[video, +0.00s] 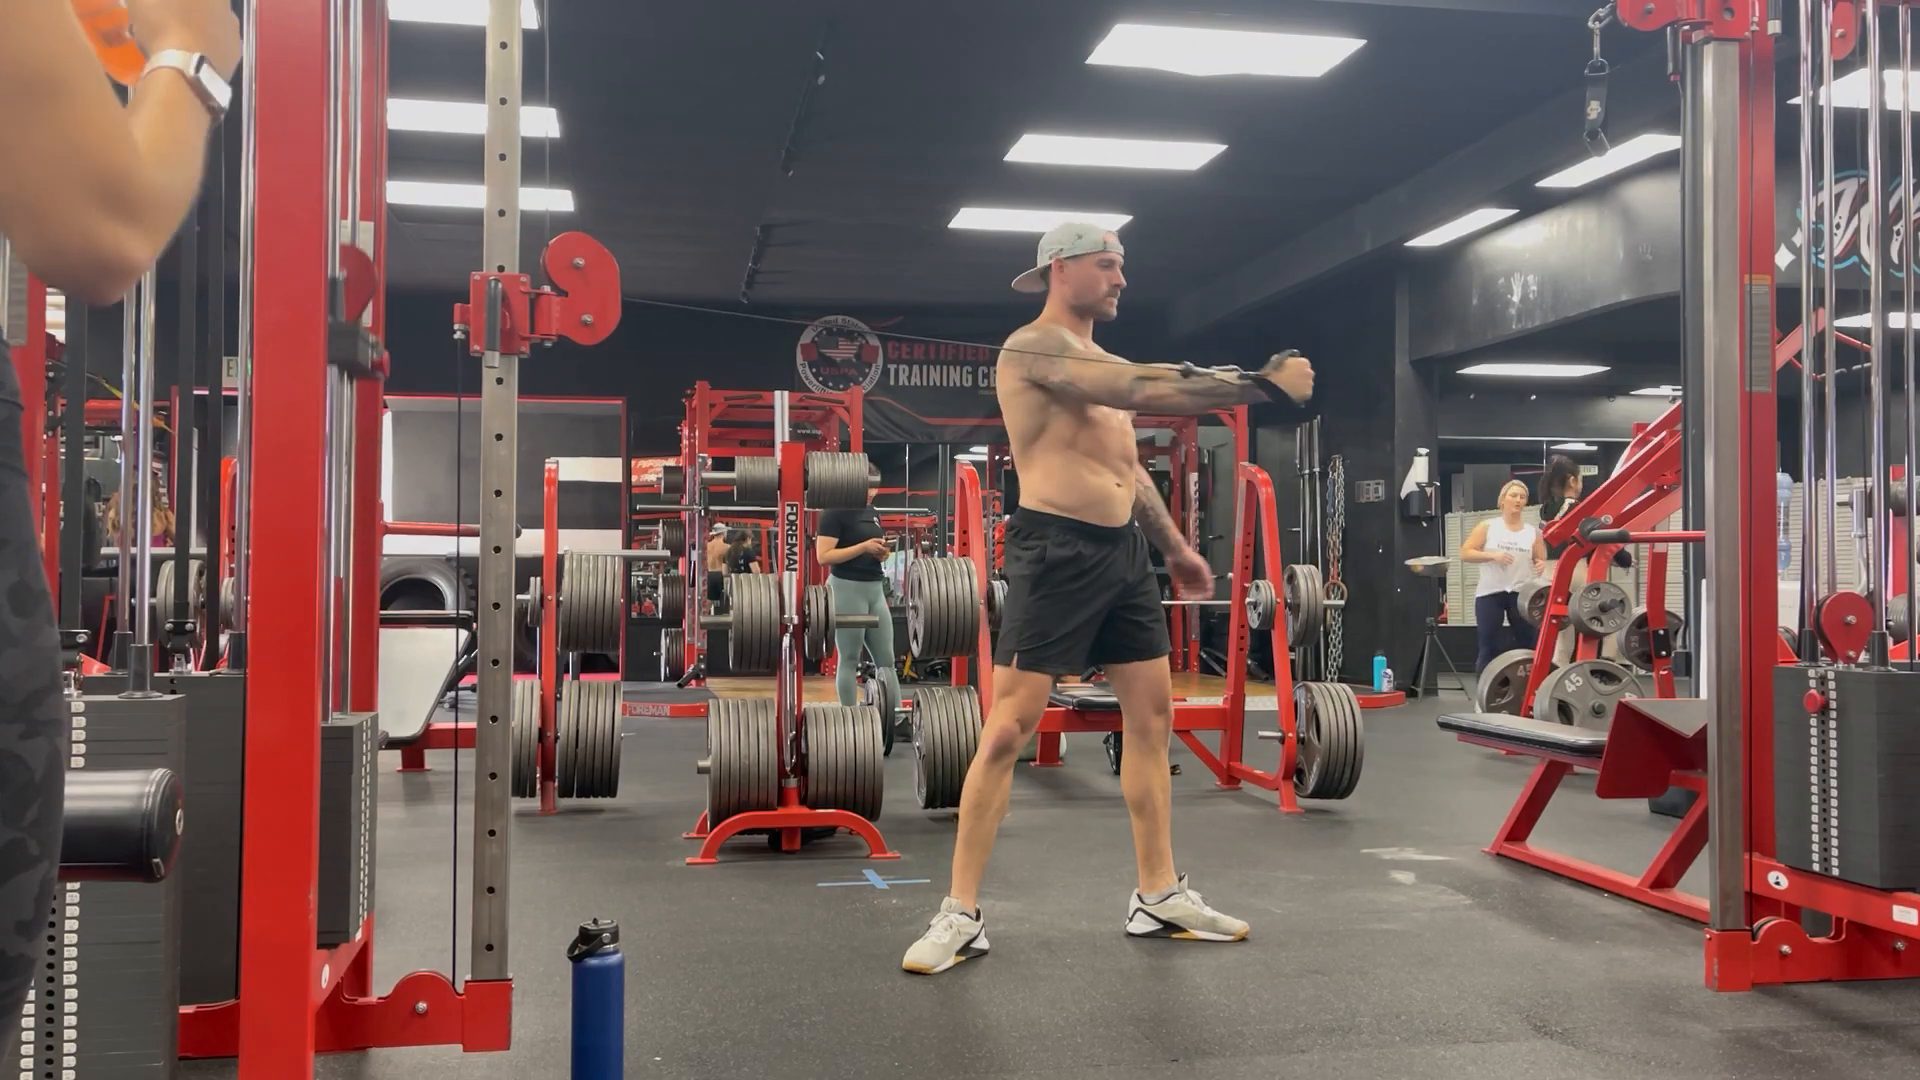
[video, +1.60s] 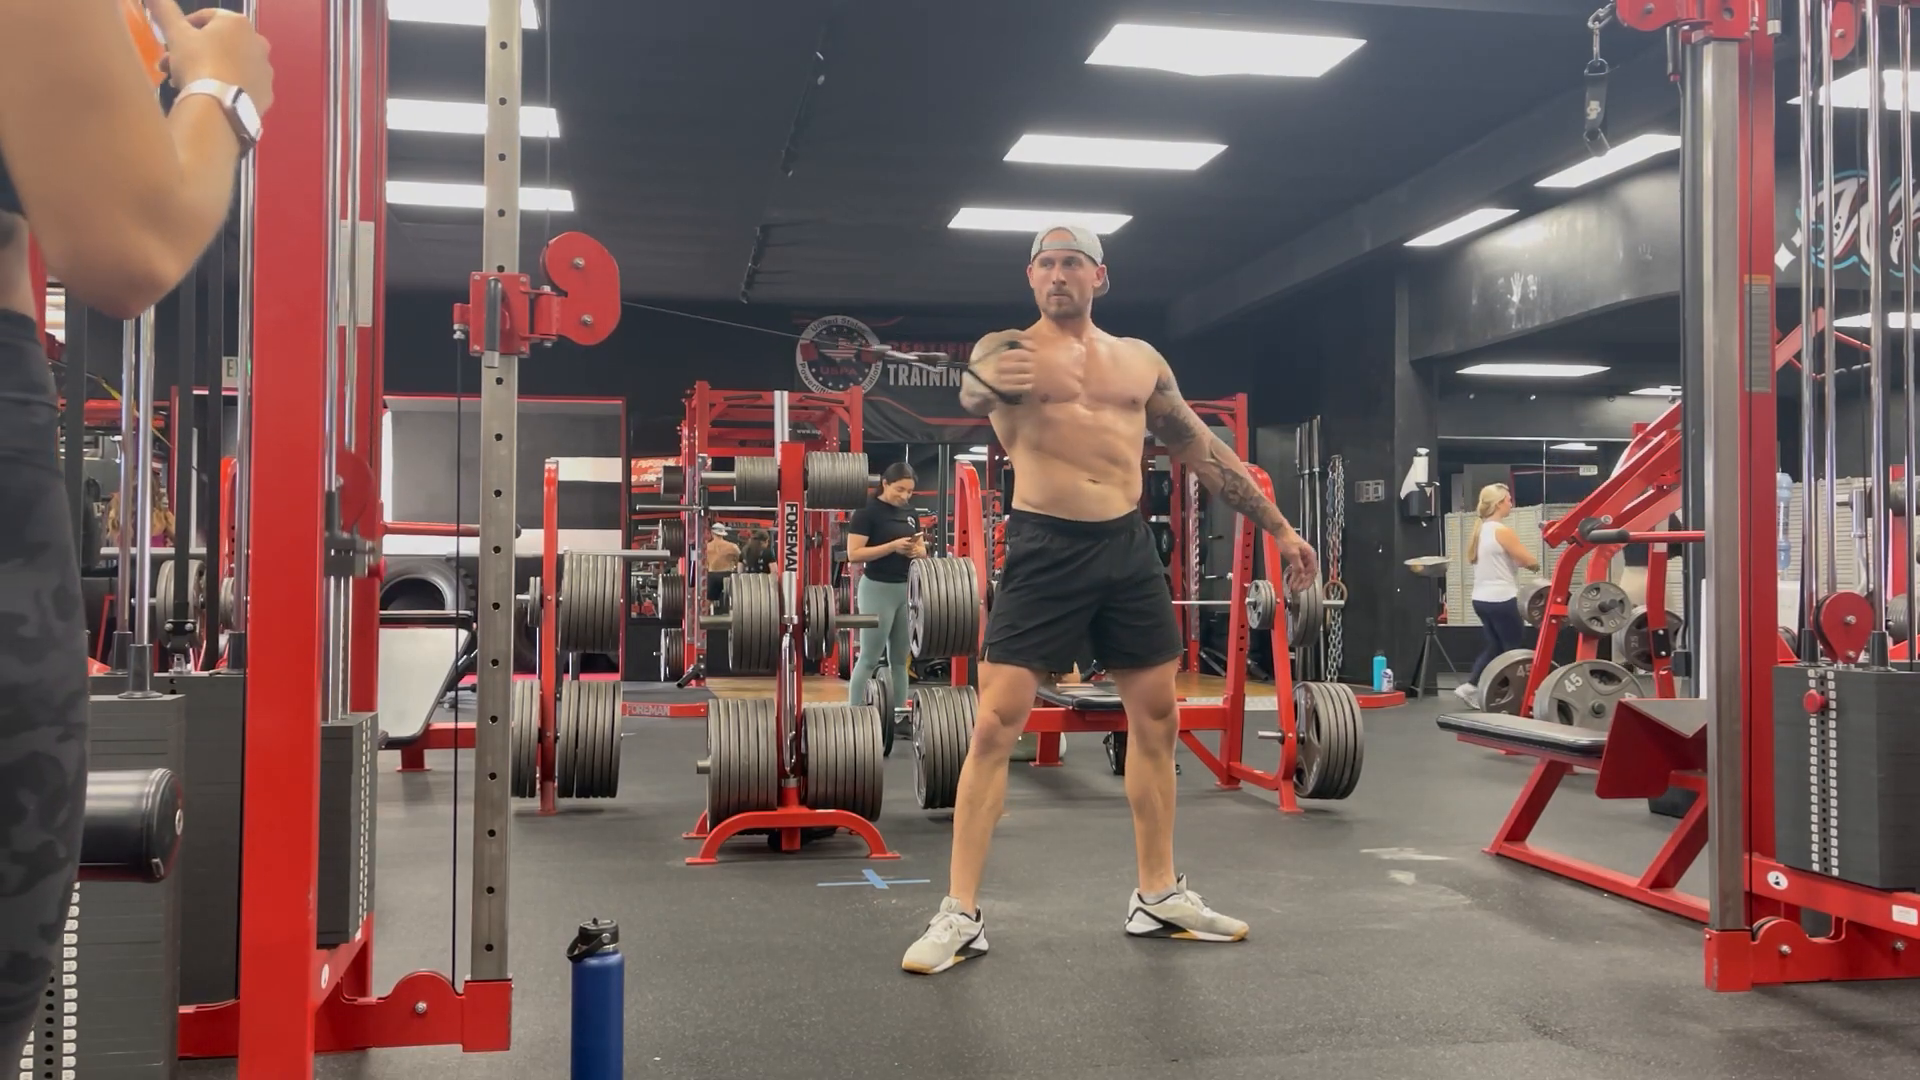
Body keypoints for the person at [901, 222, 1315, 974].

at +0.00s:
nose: (1121, 277)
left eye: (1121, 266)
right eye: (1107, 263)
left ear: (1096, 279)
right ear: (1059, 271)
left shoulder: (1107, 366)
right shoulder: (1029, 346)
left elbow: (1129, 473)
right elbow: (1129, 384)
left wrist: (1177, 548)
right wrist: (1259, 382)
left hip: (1126, 554)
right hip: (1053, 551)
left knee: (1152, 718)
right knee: (1006, 733)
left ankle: (1158, 894)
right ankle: (960, 910)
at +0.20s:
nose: (1132, 285)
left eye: (1132, 273)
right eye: (1122, 271)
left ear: (1089, 276)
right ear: (1078, 272)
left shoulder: (1103, 356)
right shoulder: (1055, 340)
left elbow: (1178, 400)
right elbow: (1156, 389)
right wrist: (1270, 398)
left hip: (1124, 554)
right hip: (1056, 549)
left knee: (1151, 719)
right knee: (1011, 733)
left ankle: (1158, 894)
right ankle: (960, 909)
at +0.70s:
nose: (1138, 282)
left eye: (1138, 270)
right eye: (1127, 267)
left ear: (1093, 273)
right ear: (1082, 270)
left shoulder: (1111, 358)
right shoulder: (1058, 338)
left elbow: (1187, 404)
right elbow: (1156, 390)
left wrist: (1272, 402)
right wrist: (1268, 402)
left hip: (1128, 554)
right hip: (1057, 550)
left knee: (1155, 720)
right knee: (1011, 733)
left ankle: (1159, 895)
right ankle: (961, 910)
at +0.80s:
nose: (1132, 280)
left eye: (1132, 268)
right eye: (1120, 266)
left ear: (1093, 275)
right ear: (1073, 270)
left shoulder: (1110, 360)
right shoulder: (1044, 340)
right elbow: (1152, 388)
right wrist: (1267, 396)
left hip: (1129, 553)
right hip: (1056, 550)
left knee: (1155, 720)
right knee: (1009, 733)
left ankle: (1159, 895)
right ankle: (961, 910)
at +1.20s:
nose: (1107, 276)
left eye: (1111, 265)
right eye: (1091, 262)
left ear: (1112, 279)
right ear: (1049, 272)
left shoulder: (1129, 365)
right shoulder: (1016, 345)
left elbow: (1167, 463)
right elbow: (1077, 386)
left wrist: (1223, 540)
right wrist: (1190, 378)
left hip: (1134, 552)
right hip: (1048, 550)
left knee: (1155, 721)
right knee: (1000, 730)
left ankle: (1158, 895)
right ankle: (960, 910)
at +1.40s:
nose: (1085, 274)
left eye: (1096, 264)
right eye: (1069, 262)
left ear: (1107, 281)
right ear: (1038, 276)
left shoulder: (1133, 361)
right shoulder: (1009, 343)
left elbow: (1187, 457)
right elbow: (1022, 393)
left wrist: (1251, 536)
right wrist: (1102, 372)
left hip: (1132, 552)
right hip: (1047, 549)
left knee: (1157, 717)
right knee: (997, 727)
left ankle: (1157, 895)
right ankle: (960, 910)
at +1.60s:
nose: (1058, 272)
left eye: (1073, 261)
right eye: (1046, 262)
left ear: (1100, 279)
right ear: (1029, 279)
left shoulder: (1141, 360)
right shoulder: (1005, 346)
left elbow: (1209, 453)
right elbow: (970, 396)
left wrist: (1281, 527)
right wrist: (990, 377)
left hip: (1128, 551)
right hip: (1041, 551)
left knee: (1157, 718)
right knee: (994, 723)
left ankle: (1157, 894)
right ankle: (959, 909)